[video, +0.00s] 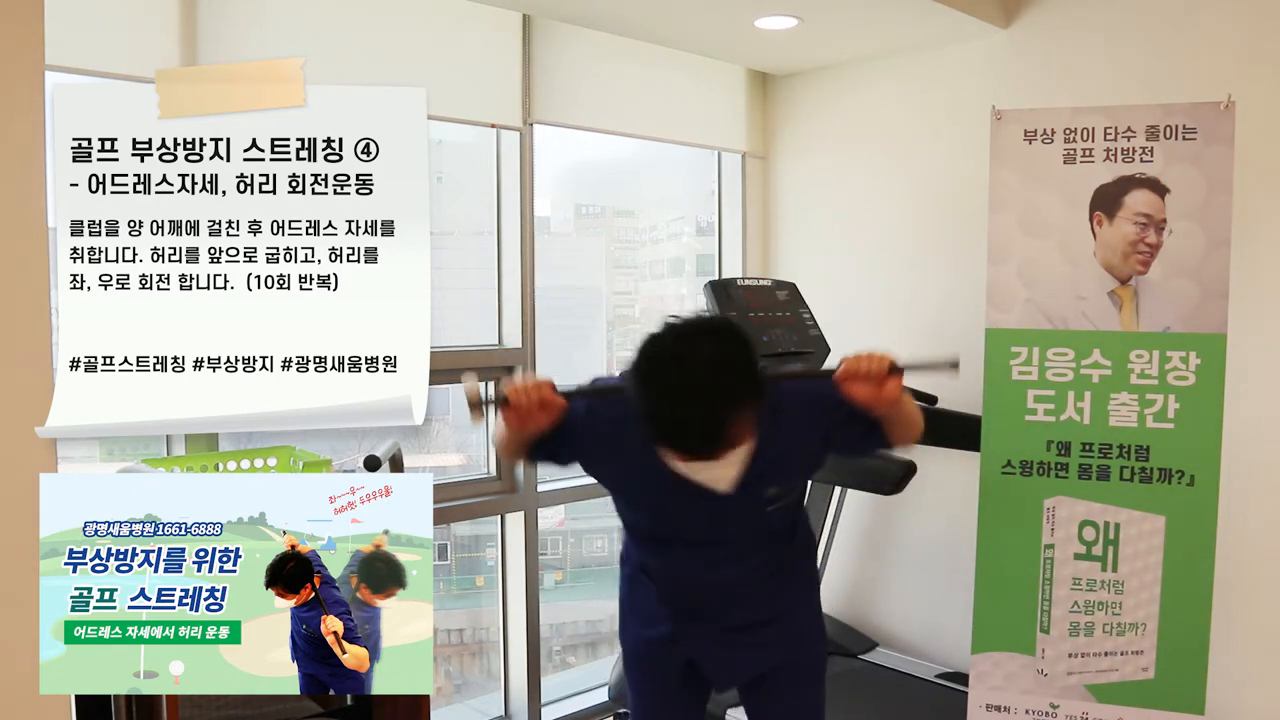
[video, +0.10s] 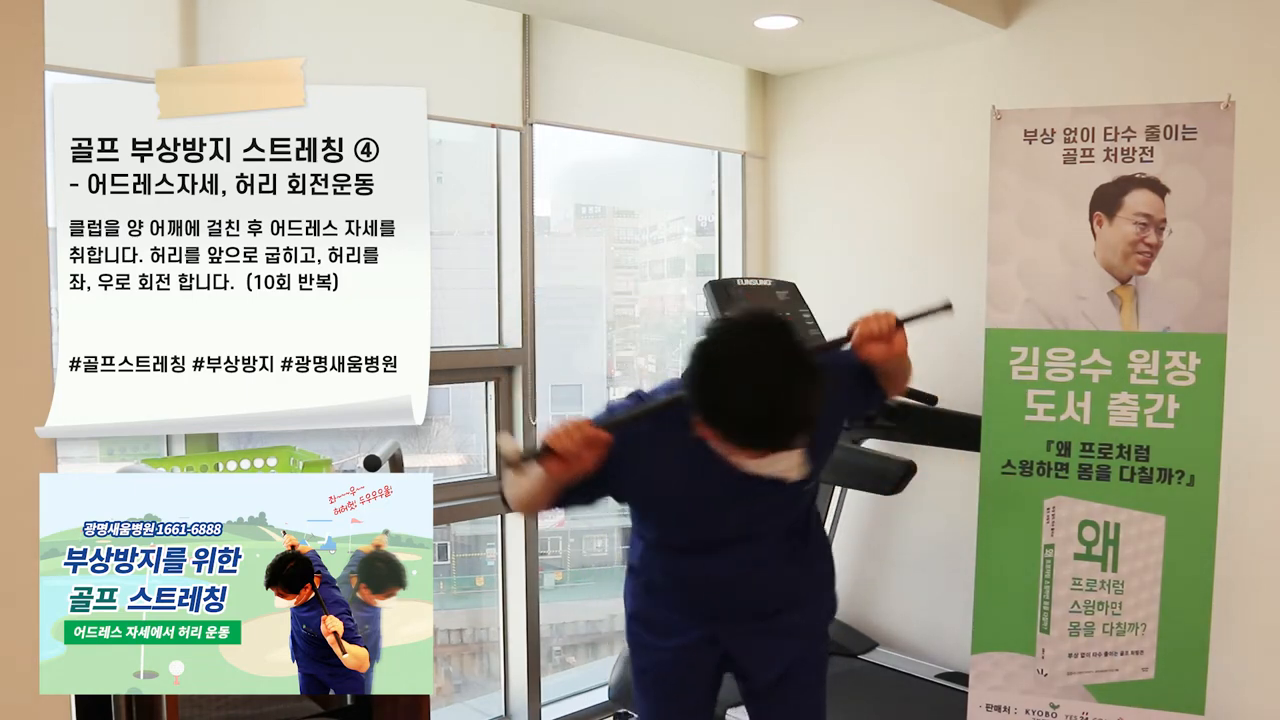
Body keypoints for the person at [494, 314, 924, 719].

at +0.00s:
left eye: (733, 441)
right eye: (690, 456)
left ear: (750, 409)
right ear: (658, 428)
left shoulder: (801, 409)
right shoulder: (608, 420)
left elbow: (907, 435)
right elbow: (510, 450)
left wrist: (889, 405)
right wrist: (521, 422)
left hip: (780, 624)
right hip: (664, 631)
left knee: (794, 711)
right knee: (659, 711)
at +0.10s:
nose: (775, 464)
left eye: (786, 447)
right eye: (755, 454)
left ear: (800, 397)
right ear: (706, 429)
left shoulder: (821, 387)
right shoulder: (642, 431)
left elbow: (890, 385)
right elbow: (518, 497)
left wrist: (890, 358)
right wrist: (551, 470)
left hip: (788, 624)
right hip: (673, 631)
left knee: (795, 717)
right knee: (669, 718)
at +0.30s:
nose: (843, 451)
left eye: (854, 440)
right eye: (839, 442)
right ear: (793, 422)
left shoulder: (806, 367)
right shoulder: (700, 434)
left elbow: (815, 343)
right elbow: (582, 568)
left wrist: (851, 315)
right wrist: (650, 530)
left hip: (795, 617)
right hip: (690, 629)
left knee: (800, 709)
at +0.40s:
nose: (868, 441)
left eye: (876, 433)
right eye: (867, 433)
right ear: (823, 420)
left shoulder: (805, 351)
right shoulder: (718, 437)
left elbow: (825, 330)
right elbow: (621, 591)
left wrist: (844, 300)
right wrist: (699, 541)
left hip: (790, 612)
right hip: (691, 630)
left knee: (801, 712)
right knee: (688, 710)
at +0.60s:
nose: (918, 414)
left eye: (923, 405)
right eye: (918, 407)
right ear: (878, 411)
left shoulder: (789, 344)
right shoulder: (758, 465)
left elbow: (766, 309)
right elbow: (721, 622)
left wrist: (809, 289)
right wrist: (802, 552)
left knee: (796, 709)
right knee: (696, 708)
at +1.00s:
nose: (933, 402)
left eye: (941, 392)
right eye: (938, 393)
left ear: (860, 334)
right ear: (912, 403)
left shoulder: (786, 344)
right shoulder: (810, 478)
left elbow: (734, 311)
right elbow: (794, 629)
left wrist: (793, 285)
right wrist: (874, 542)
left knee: (795, 709)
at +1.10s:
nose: (935, 403)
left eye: (943, 394)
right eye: (940, 395)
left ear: (863, 335)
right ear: (913, 403)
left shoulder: (790, 343)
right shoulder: (810, 477)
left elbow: (738, 312)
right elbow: (792, 628)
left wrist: (797, 286)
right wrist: (872, 542)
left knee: (796, 710)